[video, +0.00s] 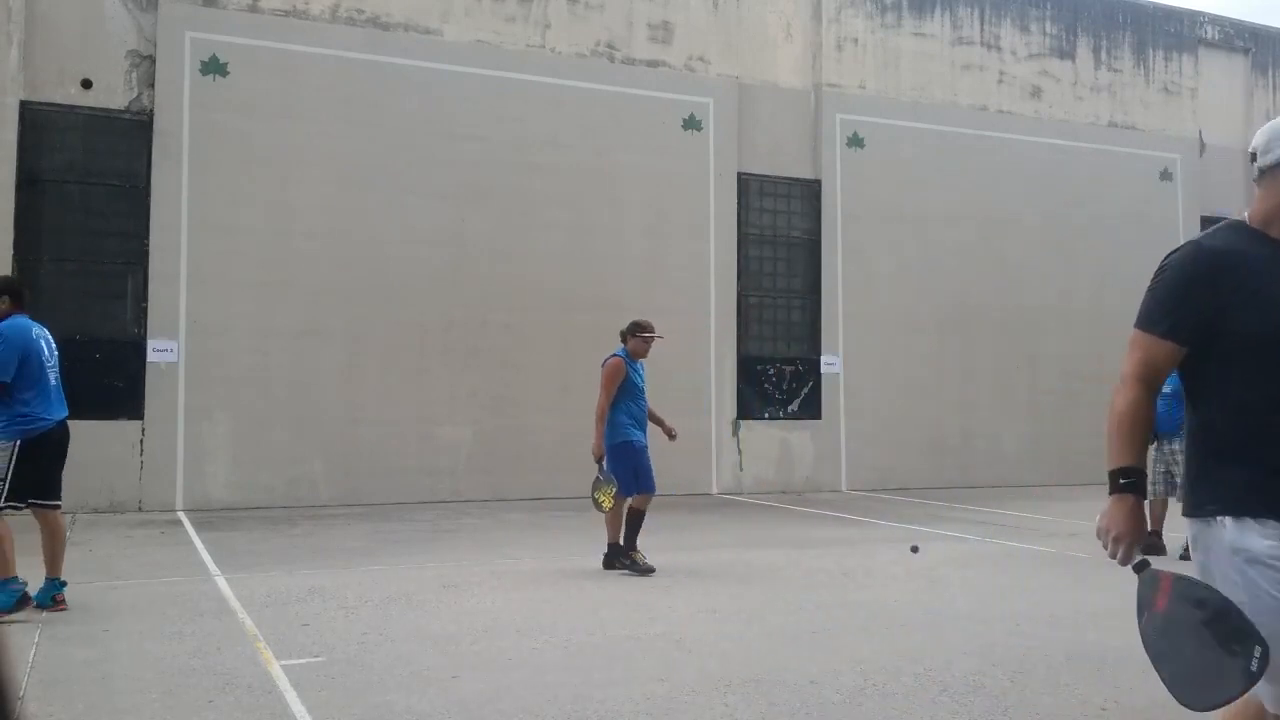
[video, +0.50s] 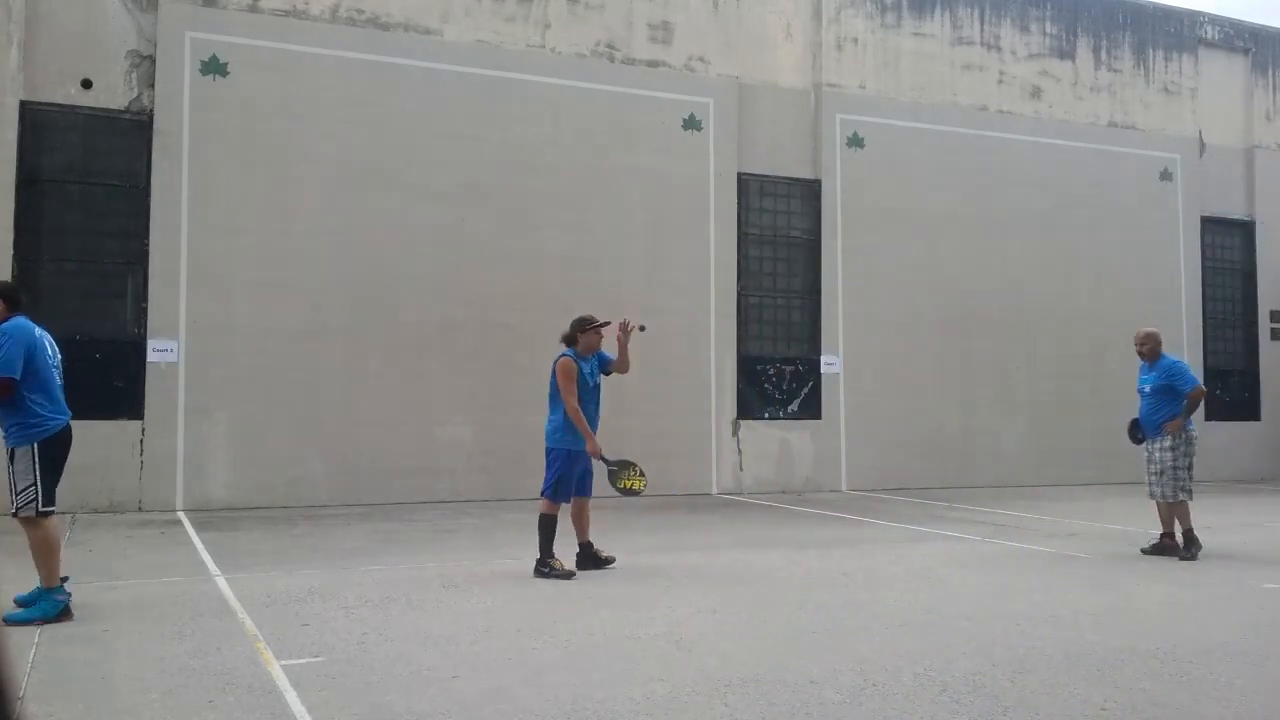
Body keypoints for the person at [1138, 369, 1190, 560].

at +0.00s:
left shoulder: (1183, 373)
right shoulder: (1154, 375)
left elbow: (1194, 403)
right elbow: (1151, 405)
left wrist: (1192, 432)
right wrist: (1149, 431)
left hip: (1182, 438)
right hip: (1159, 440)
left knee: (1188, 492)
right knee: (1157, 490)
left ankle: (1194, 539)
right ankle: (1155, 536)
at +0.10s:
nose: (1159, 350)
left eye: (1164, 345)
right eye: (1156, 345)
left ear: (1177, 345)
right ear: (1152, 347)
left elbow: (1210, 402)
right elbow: (1155, 401)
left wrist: (1189, 417)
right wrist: (1153, 425)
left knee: (1194, 486)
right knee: (1158, 486)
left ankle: (1195, 535)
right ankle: (1161, 534)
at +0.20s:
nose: (1155, 349)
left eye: (1160, 345)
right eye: (1151, 345)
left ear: (1172, 345)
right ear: (1149, 346)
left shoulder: (1189, 369)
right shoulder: (1151, 369)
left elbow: (1214, 395)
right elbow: (1156, 401)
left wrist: (1198, 419)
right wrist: (1150, 423)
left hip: (1185, 437)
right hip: (1160, 439)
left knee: (1191, 490)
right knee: (1160, 490)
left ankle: (1193, 542)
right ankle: (1168, 540)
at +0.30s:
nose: (1149, 348)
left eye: (1154, 344)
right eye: (1147, 344)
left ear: (1168, 345)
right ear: (1145, 347)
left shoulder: (1183, 367)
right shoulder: (1150, 369)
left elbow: (1210, 393)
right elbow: (1156, 400)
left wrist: (1191, 419)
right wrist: (1147, 423)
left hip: (1181, 436)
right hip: (1157, 438)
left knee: (1187, 489)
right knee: (1160, 490)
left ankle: (1192, 543)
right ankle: (1167, 540)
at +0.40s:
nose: (1145, 348)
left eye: (1150, 344)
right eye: (1142, 344)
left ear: (1164, 344)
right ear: (1141, 346)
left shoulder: (1178, 367)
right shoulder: (1148, 368)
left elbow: (1204, 393)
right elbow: (1154, 400)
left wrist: (1185, 419)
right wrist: (1144, 422)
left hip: (1177, 436)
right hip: (1155, 437)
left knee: (1182, 489)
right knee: (1160, 489)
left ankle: (1192, 542)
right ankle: (1168, 540)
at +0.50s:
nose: (1139, 349)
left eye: (1144, 345)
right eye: (1137, 345)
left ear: (1158, 345)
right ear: (1137, 347)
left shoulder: (1172, 367)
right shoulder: (1144, 369)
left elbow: (1198, 392)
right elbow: (1153, 400)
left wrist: (1181, 419)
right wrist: (1142, 423)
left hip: (1174, 436)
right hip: (1154, 437)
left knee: (1173, 490)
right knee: (1159, 489)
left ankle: (1190, 539)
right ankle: (1167, 539)